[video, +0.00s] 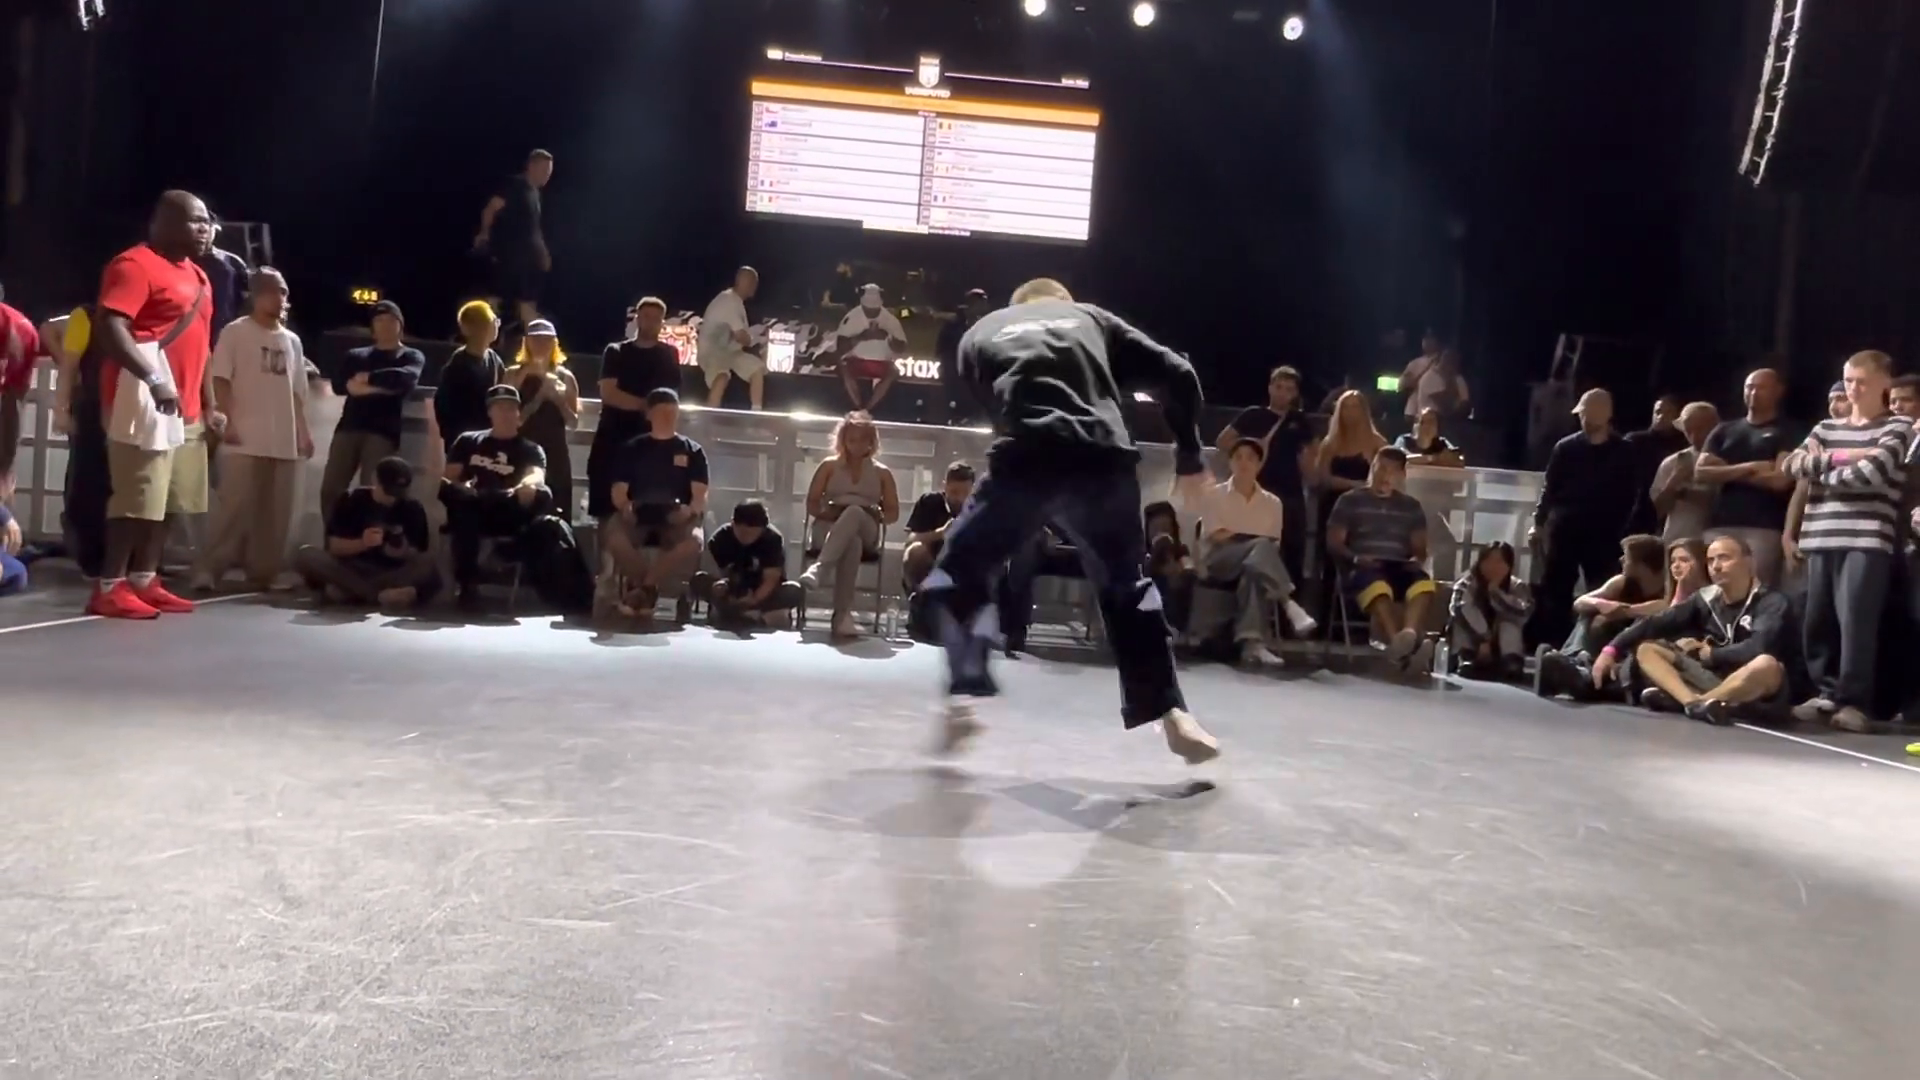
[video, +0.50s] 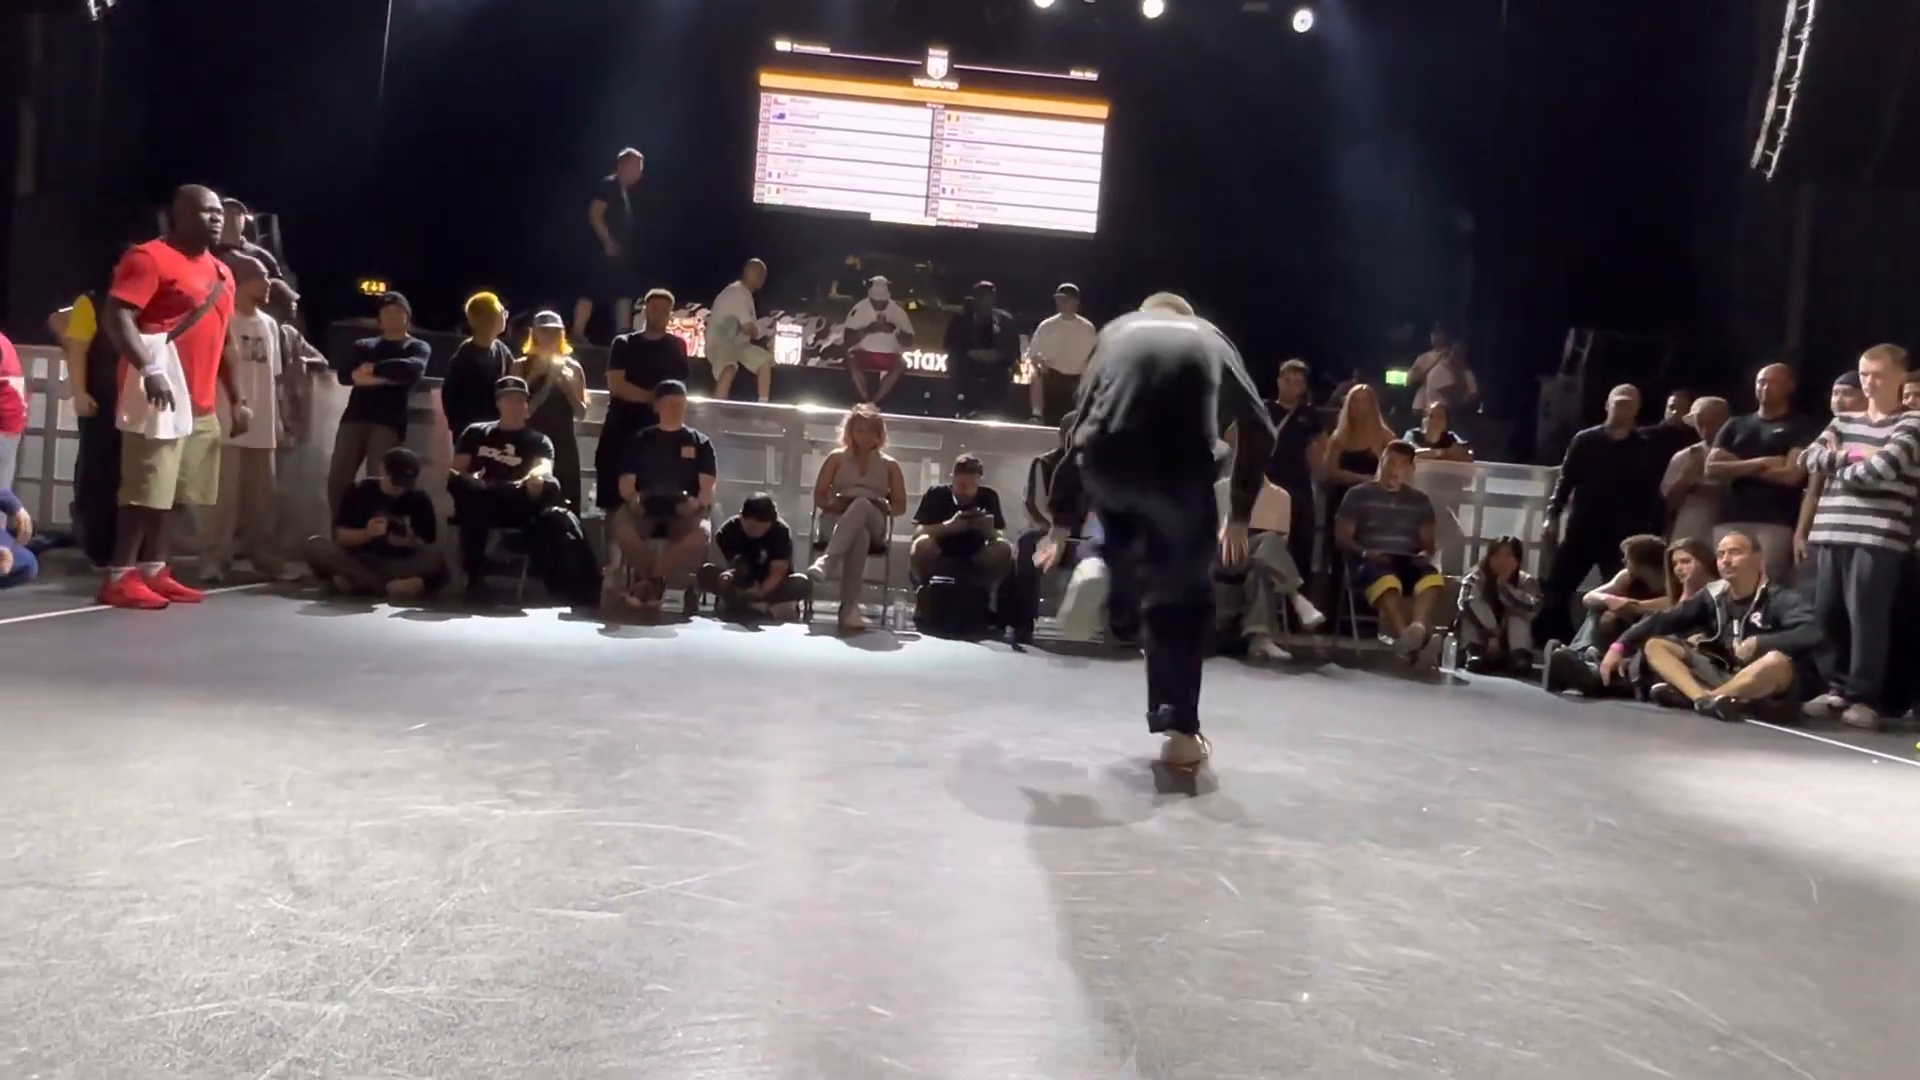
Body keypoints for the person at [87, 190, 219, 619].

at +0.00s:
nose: (207, 229)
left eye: (209, 222)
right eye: (197, 221)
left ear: (207, 229)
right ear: (167, 224)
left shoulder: (199, 278)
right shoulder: (135, 266)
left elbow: (199, 349)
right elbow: (110, 326)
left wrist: (208, 404)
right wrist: (155, 378)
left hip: (178, 404)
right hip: (139, 400)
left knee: (165, 495)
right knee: (135, 495)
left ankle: (145, 581)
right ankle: (109, 587)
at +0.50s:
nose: (216, 218)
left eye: (219, 213)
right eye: (207, 211)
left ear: (222, 222)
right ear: (178, 217)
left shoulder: (223, 274)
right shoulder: (149, 258)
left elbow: (220, 343)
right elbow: (115, 315)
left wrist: (235, 398)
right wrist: (148, 368)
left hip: (198, 406)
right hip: (154, 400)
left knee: (173, 495)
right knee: (144, 493)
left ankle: (154, 571)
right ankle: (119, 576)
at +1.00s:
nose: (214, 205)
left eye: (217, 199)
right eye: (203, 198)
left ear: (220, 208)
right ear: (175, 207)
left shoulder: (230, 263)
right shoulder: (149, 251)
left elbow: (234, 332)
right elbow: (120, 312)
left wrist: (244, 391)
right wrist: (145, 364)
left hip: (210, 401)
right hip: (163, 392)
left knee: (190, 488)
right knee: (159, 484)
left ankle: (166, 564)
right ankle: (149, 569)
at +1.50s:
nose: (174, 196)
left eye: (182, 189)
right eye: (170, 190)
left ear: (205, 195)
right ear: (163, 198)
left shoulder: (238, 250)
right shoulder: (139, 247)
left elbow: (253, 317)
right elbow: (113, 305)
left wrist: (266, 380)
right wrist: (125, 350)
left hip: (227, 390)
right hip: (165, 390)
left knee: (234, 476)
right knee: (155, 481)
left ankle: (225, 557)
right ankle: (155, 563)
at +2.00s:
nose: (212, 204)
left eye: (220, 196)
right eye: (210, 196)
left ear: (246, 201)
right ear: (210, 200)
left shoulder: (278, 257)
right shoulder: (191, 249)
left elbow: (294, 329)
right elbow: (165, 309)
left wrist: (284, 388)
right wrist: (140, 357)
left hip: (245, 394)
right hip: (185, 390)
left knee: (250, 485)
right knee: (168, 482)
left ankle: (243, 563)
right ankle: (158, 562)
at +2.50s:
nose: (211, 208)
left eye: (218, 200)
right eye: (212, 200)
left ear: (244, 203)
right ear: (244, 204)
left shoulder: (277, 259)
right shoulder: (215, 249)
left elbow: (291, 335)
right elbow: (197, 292)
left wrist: (279, 394)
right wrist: (139, 290)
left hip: (244, 396)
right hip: (192, 390)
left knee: (249, 486)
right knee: (176, 478)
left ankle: (243, 566)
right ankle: (177, 557)